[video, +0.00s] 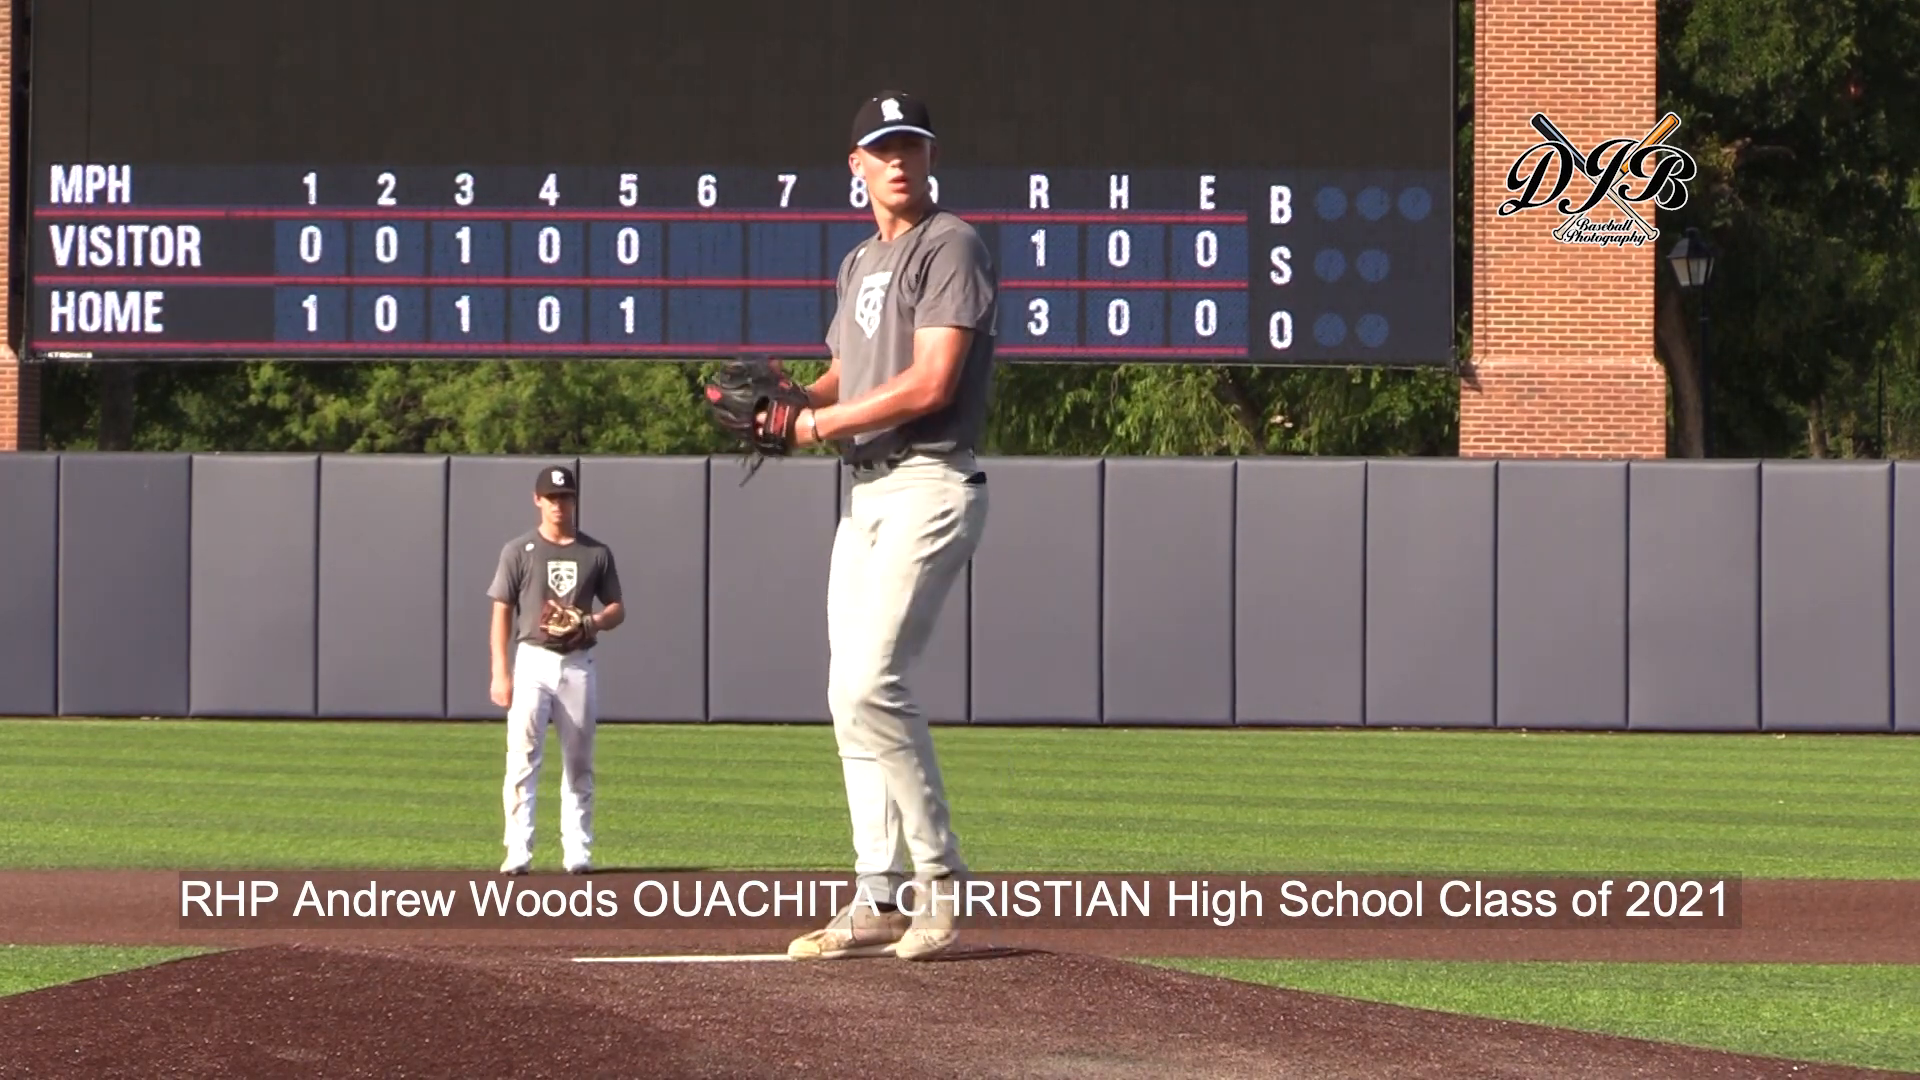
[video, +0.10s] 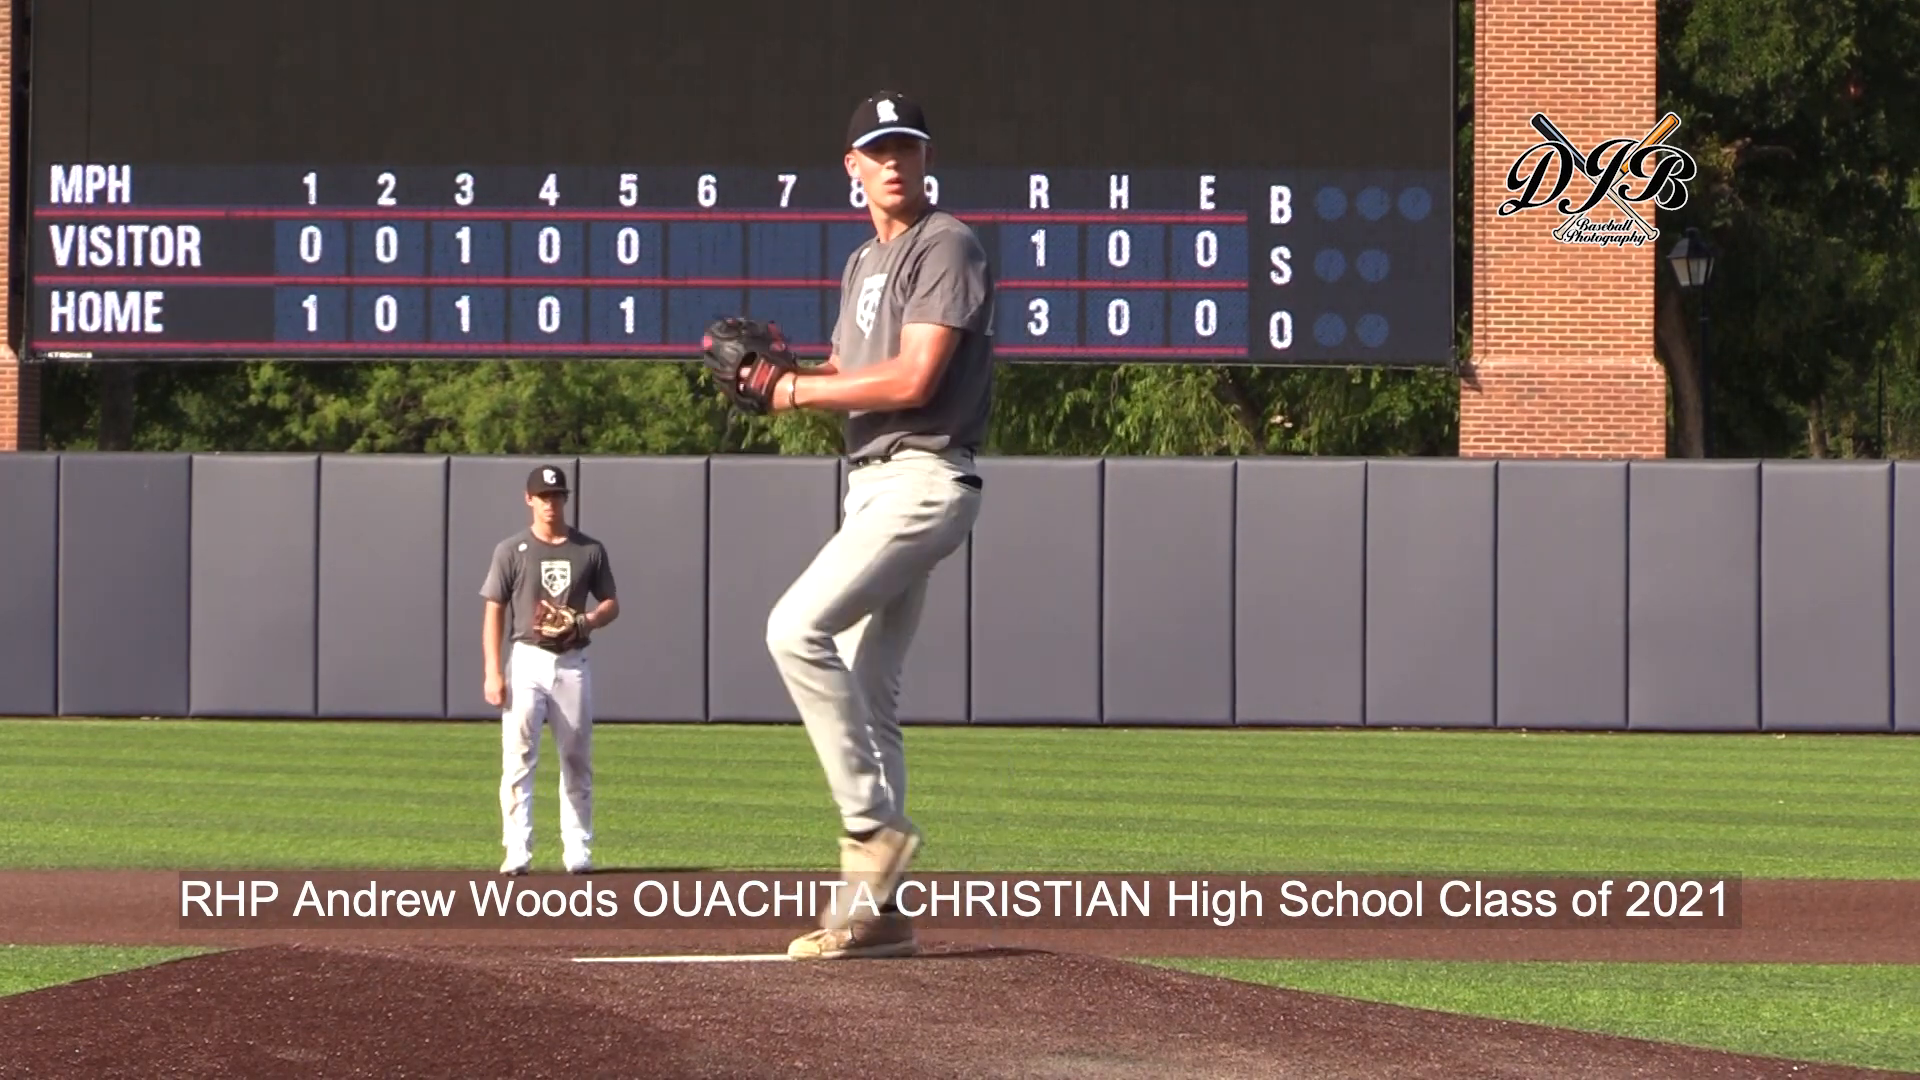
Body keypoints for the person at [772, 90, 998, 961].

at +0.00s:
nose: (901, 165)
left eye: (911, 150)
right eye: (884, 153)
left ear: (930, 160)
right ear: (857, 167)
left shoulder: (953, 244)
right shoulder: (858, 263)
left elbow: (932, 383)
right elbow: (846, 381)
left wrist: (817, 423)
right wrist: (784, 405)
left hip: (930, 486)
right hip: (867, 490)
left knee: (870, 686)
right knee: (851, 697)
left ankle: (940, 882)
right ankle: (880, 898)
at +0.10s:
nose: (895, 165)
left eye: (906, 150)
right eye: (879, 153)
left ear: (926, 160)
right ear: (853, 166)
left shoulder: (948, 243)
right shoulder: (865, 261)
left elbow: (914, 378)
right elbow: (849, 368)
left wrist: (796, 391)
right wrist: (780, 368)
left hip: (925, 479)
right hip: (873, 479)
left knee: (797, 630)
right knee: (868, 696)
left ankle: (872, 829)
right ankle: (874, 908)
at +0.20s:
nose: (889, 168)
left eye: (902, 153)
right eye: (873, 155)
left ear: (925, 162)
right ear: (851, 170)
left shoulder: (946, 242)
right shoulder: (869, 264)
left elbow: (893, 371)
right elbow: (853, 387)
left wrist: (778, 343)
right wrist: (779, 342)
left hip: (920, 475)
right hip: (885, 476)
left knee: (741, 557)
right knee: (863, 704)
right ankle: (882, 906)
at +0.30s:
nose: (886, 173)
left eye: (899, 157)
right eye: (870, 160)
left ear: (924, 166)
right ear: (850, 174)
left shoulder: (943, 242)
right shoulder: (875, 263)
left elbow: (871, 360)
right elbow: (839, 380)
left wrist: (773, 303)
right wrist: (778, 309)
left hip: (918, 473)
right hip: (894, 477)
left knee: (713, 481)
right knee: (864, 702)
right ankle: (879, 907)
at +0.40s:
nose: (885, 178)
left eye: (897, 162)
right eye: (869, 165)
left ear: (922, 170)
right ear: (848, 178)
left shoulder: (937, 243)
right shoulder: (878, 264)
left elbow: (845, 346)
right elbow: (811, 365)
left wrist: (773, 276)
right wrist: (779, 276)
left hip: (910, 468)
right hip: (898, 488)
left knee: (711, 403)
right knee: (854, 698)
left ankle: (575, 565)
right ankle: (878, 905)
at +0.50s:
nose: (879, 192)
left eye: (894, 175)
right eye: (864, 178)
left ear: (921, 183)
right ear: (846, 191)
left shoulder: (936, 252)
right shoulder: (877, 273)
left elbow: (825, 329)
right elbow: (824, 348)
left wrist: (773, 252)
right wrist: (780, 263)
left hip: (900, 469)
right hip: (883, 500)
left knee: (742, 326)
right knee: (839, 697)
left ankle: (600, 489)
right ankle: (878, 906)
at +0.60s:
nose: (875, 205)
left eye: (889, 189)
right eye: (860, 193)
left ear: (917, 197)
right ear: (841, 206)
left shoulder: (933, 263)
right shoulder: (870, 283)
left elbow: (825, 338)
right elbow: (833, 357)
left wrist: (772, 265)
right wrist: (791, 276)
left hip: (894, 469)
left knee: (750, 318)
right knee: (815, 701)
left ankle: (710, 523)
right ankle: (876, 904)